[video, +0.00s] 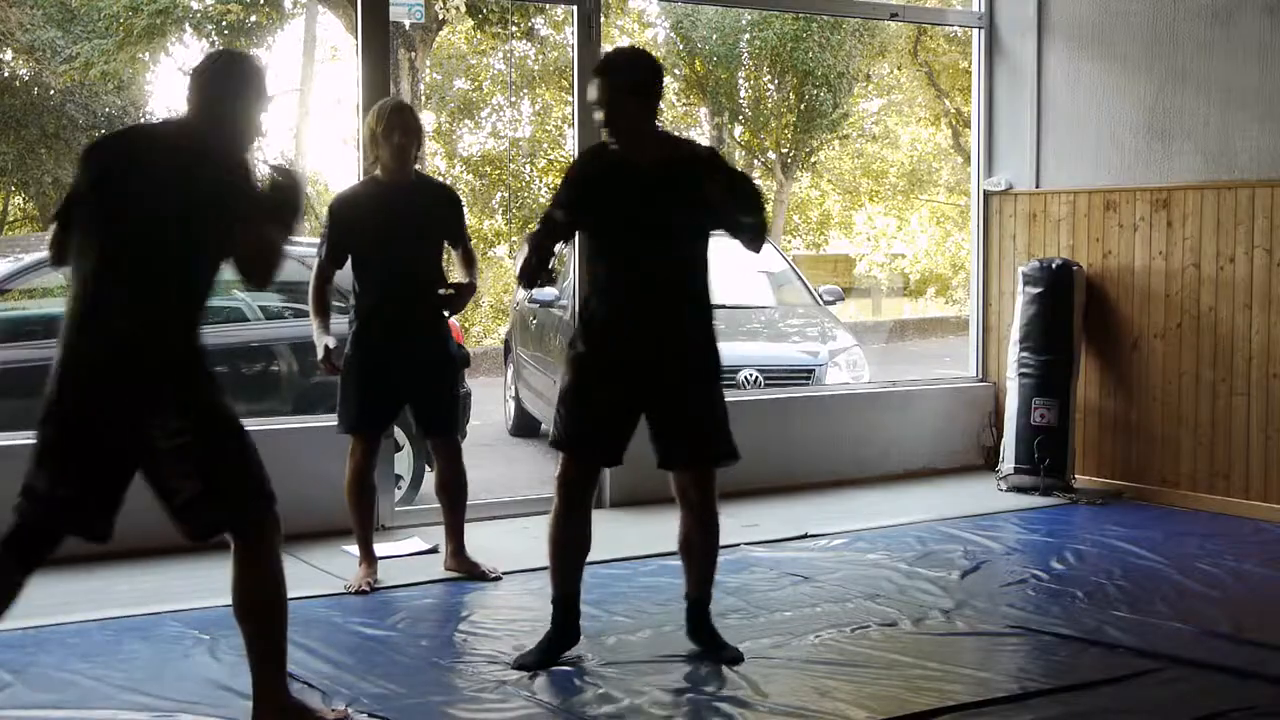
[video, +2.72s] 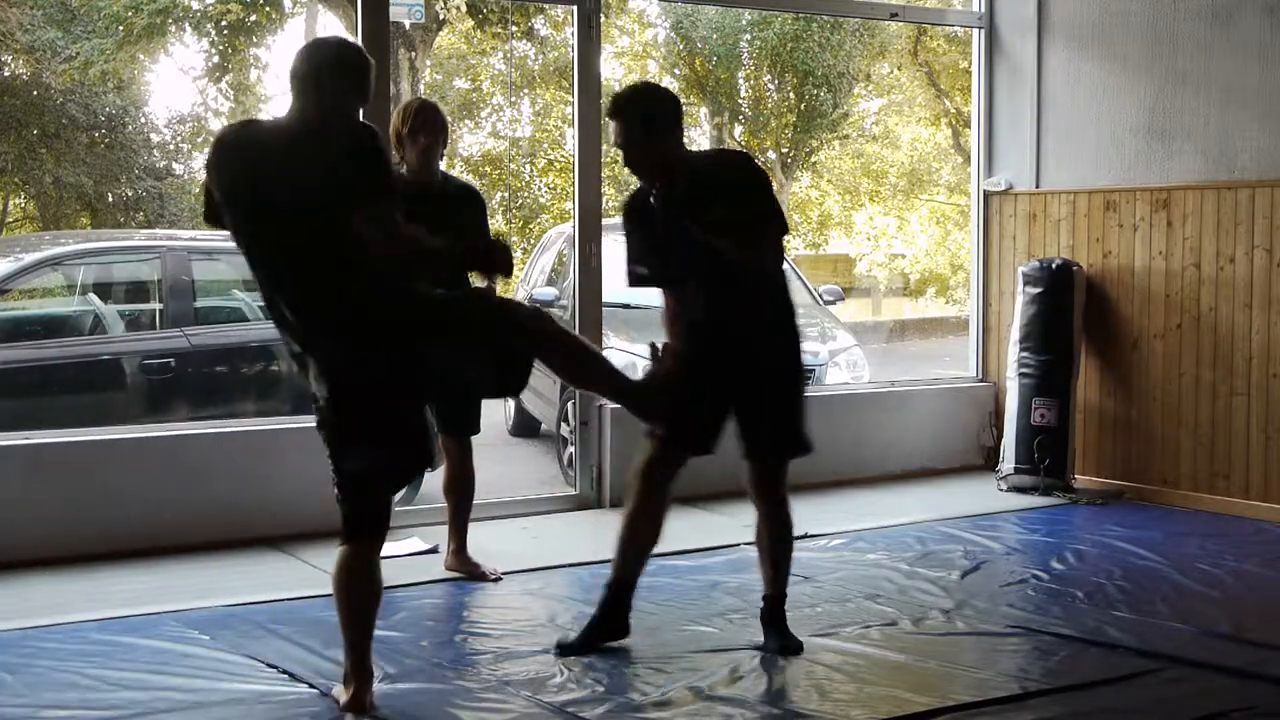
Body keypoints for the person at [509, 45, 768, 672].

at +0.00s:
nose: (602, 114)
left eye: (611, 102)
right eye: (598, 102)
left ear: (645, 100)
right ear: (606, 101)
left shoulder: (697, 166)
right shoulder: (590, 169)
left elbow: (754, 235)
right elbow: (548, 233)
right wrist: (537, 259)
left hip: (681, 354)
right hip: (601, 354)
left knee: (697, 489)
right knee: (572, 483)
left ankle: (700, 620)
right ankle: (564, 625)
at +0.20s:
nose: (572, 124)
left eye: (579, 111)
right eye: (568, 112)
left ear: (616, 105)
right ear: (575, 110)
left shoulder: (678, 160)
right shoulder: (568, 170)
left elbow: (725, 243)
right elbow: (538, 260)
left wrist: (691, 199)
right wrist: (548, 217)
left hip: (672, 344)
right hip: (595, 350)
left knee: (707, 481)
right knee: (575, 487)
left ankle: (727, 605)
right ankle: (566, 631)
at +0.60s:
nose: (630, 128)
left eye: (639, 115)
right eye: (630, 116)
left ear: (675, 112)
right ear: (658, 115)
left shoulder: (737, 174)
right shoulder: (648, 183)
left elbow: (762, 262)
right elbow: (630, 261)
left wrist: (690, 243)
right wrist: (606, 228)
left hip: (726, 353)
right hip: (659, 353)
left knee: (735, 490)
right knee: (613, 481)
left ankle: (752, 617)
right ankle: (565, 617)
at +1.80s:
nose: (578, 146)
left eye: (583, 132)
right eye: (575, 134)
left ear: (617, 122)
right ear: (602, 126)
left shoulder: (690, 165)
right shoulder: (600, 193)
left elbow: (711, 249)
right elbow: (599, 288)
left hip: (701, 353)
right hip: (633, 356)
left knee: (729, 483)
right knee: (592, 474)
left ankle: (773, 610)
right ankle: (610, 620)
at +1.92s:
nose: (586, 156)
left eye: (591, 142)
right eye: (582, 145)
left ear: (626, 130)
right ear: (601, 137)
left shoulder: (701, 171)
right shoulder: (608, 208)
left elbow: (720, 252)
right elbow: (621, 301)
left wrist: (653, 205)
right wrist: (611, 381)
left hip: (713, 363)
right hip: (644, 369)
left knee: (732, 490)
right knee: (587, 472)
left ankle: (769, 615)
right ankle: (609, 620)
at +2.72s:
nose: (621, 156)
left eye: (626, 142)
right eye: (618, 143)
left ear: (662, 133)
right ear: (650, 137)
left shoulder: (737, 170)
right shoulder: (643, 209)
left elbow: (770, 254)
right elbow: (672, 293)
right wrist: (673, 358)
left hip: (765, 352)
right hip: (700, 355)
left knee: (769, 488)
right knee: (652, 477)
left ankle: (775, 613)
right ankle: (614, 612)